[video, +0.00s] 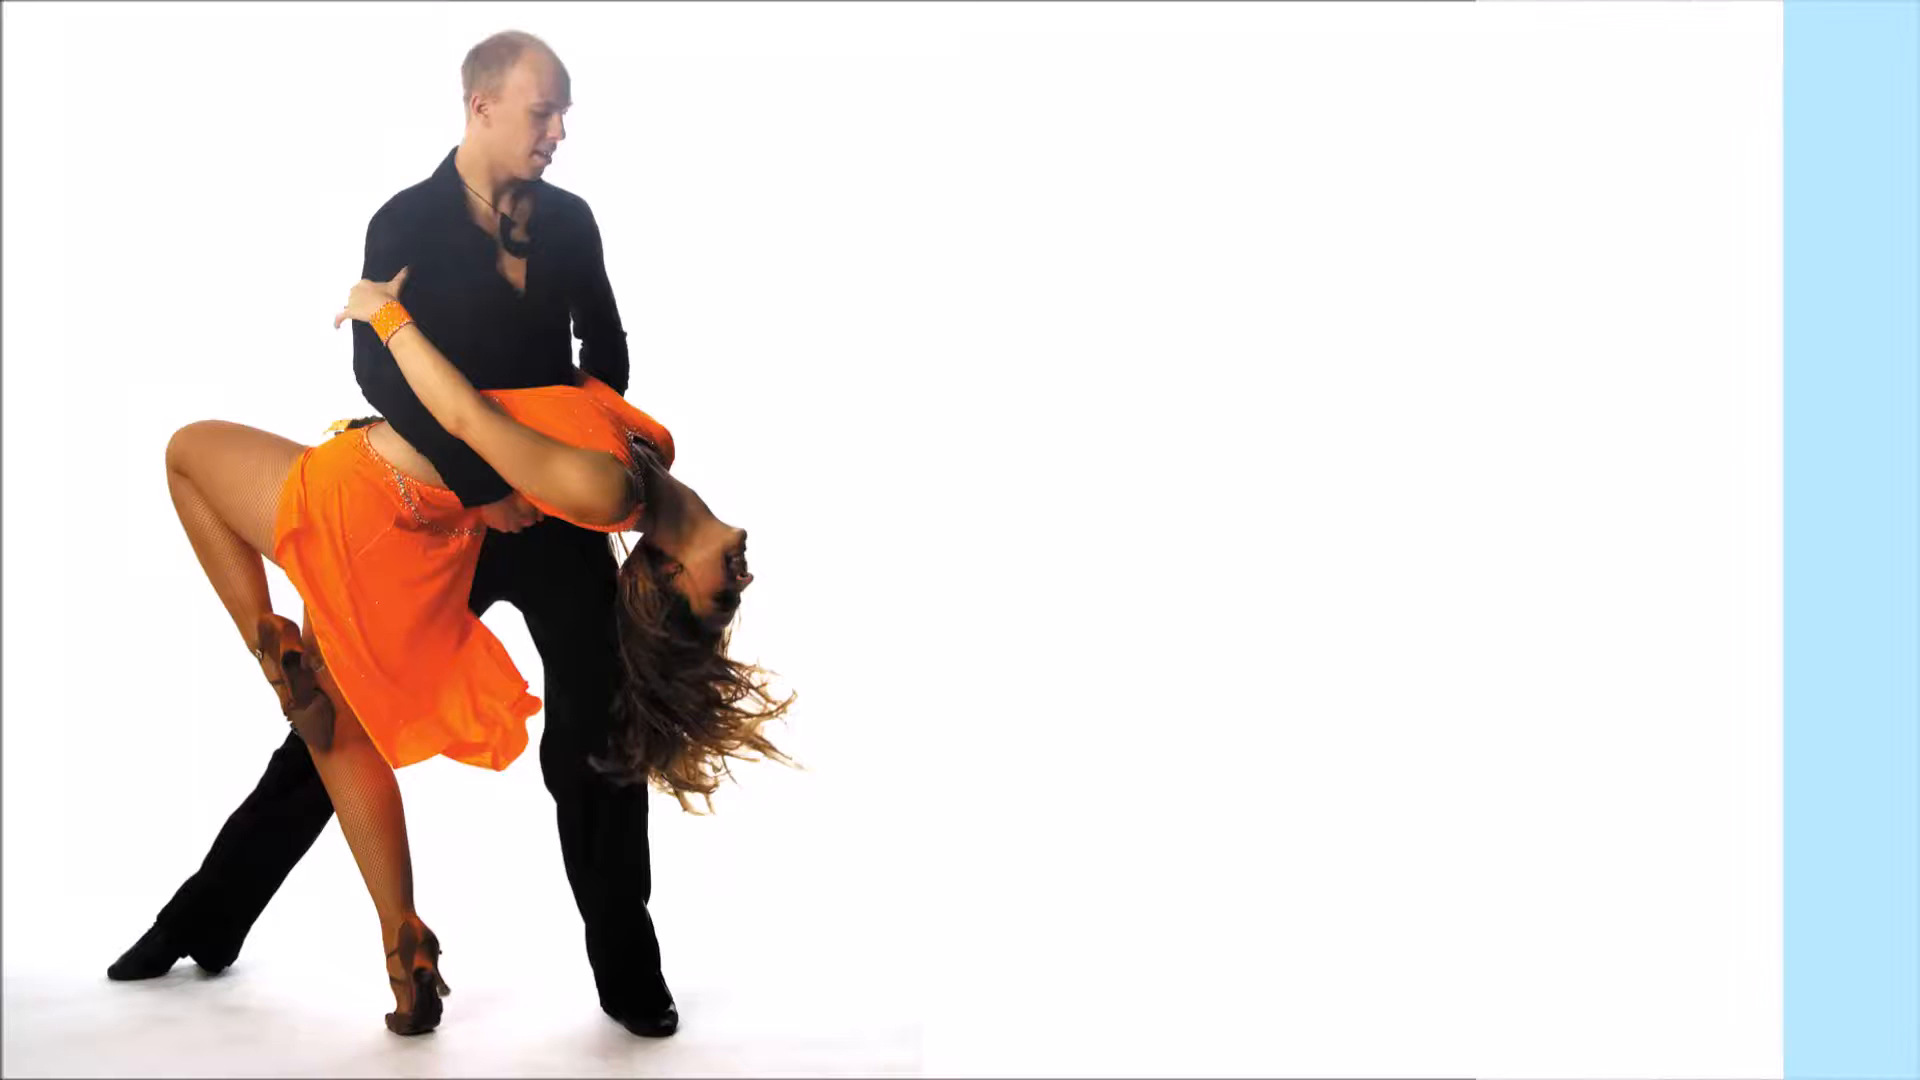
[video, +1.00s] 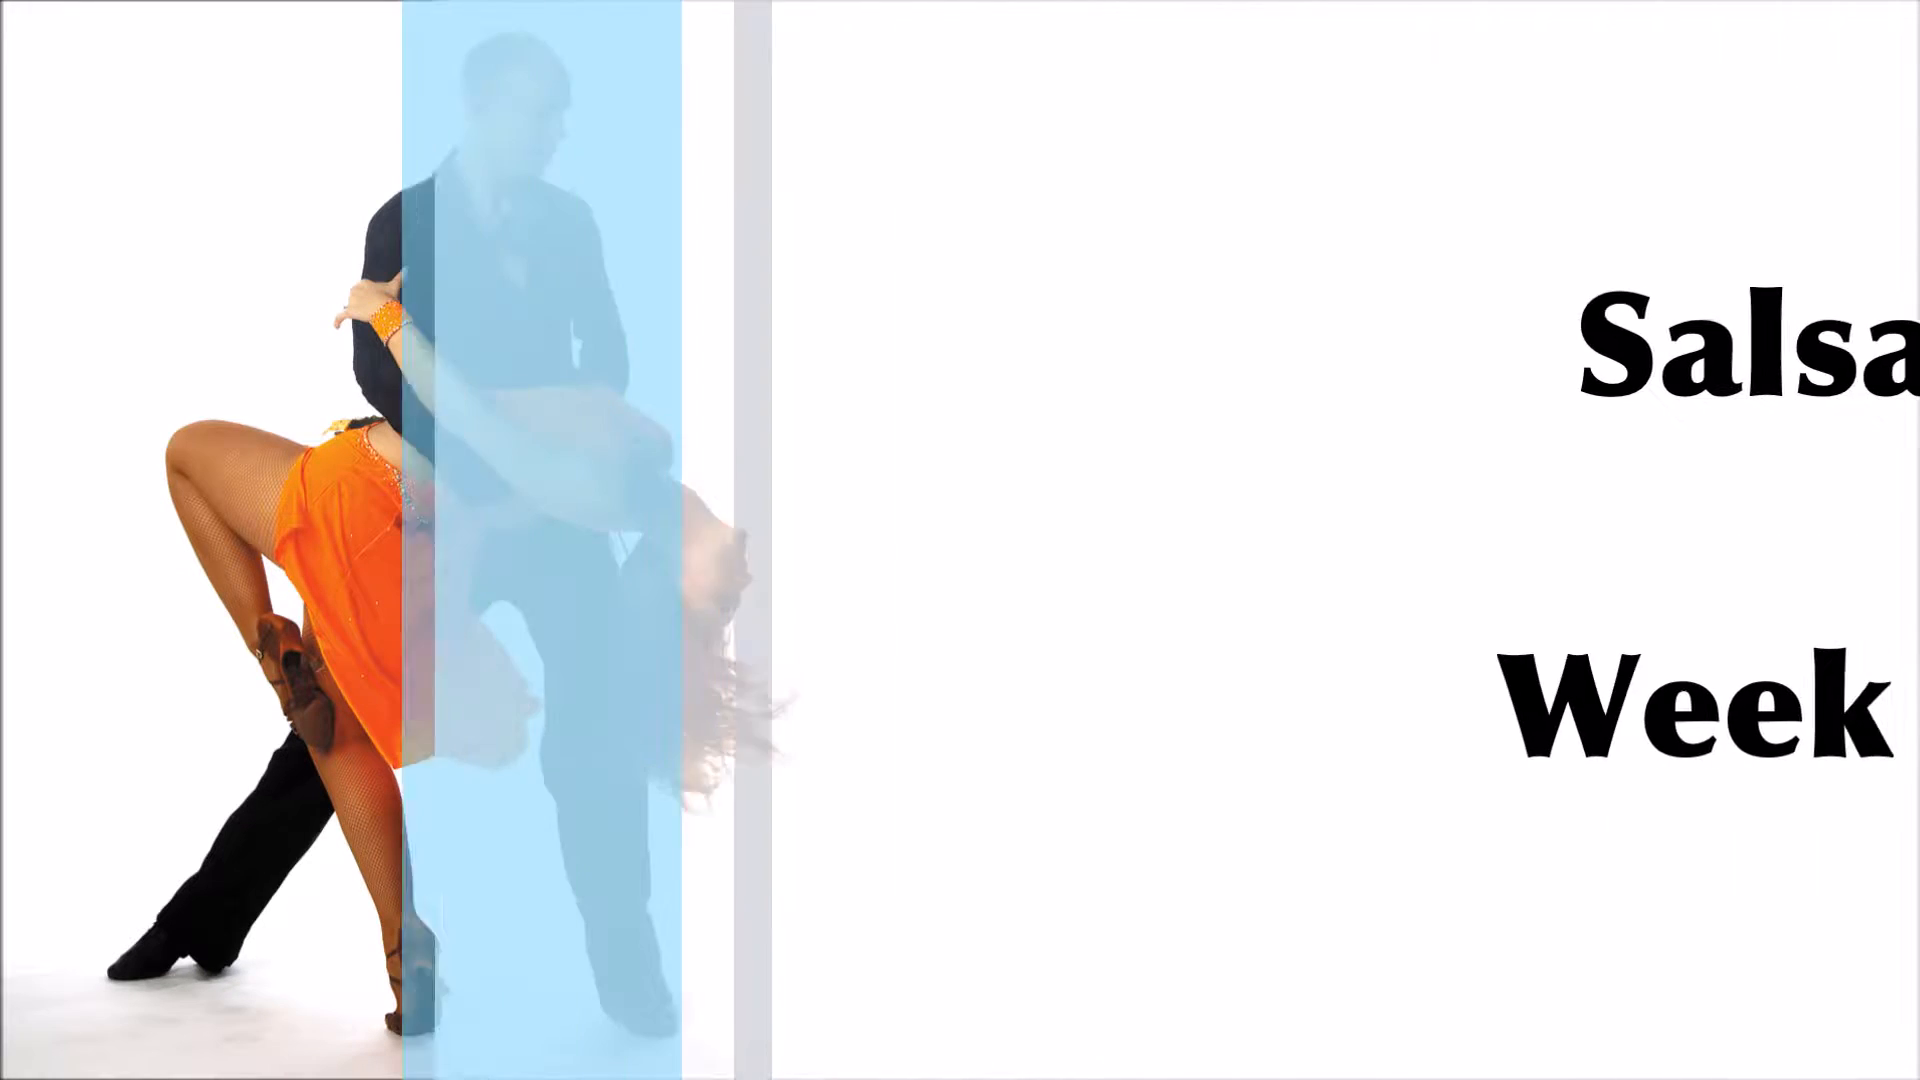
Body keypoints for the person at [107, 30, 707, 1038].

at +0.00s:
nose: (556, 135)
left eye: (563, 118)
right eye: (542, 114)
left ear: (554, 123)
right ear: (478, 107)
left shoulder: (566, 220)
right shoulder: (405, 225)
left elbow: (608, 359)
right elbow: (378, 372)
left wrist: (612, 482)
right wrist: (478, 486)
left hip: (553, 526)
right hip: (442, 523)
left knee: (598, 733)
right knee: (338, 722)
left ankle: (631, 973)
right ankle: (205, 925)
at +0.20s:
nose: (557, 135)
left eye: (563, 118)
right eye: (543, 115)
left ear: (553, 123)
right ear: (478, 109)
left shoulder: (567, 221)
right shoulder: (405, 224)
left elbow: (607, 345)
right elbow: (376, 371)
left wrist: (600, 464)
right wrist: (476, 482)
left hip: (552, 526)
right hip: (440, 523)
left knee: (598, 728)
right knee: (336, 721)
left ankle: (631, 974)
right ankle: (205, 922)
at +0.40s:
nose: (557, 134)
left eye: (563, 117)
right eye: (543, 115)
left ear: (552, 122)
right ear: (478, 109)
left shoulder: (567, 221)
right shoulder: (405, 224)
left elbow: (607, 350)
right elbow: (377, 372)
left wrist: (604, 471)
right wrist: (475, 481)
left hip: (552, 527)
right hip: (441, 524)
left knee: (597, 730)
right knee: (335, 722)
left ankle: (631, 973)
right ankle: (205, 923)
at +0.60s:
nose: (556, 134)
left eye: (563, 116)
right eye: (542, 113)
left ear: (547, 120)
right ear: (479, 109)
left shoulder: (567, 222)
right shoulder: (406, 226)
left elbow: (605, 353)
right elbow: (378, 371)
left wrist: (606, 466)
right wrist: (469, 477)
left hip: (550, 525)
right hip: (440, 522)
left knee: (596, 732)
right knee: (337, 725)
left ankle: (630, 974)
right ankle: (206, 925)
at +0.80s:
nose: (556, 134)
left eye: (561, 117)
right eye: (541, 115)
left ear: (550, 121)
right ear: (477, 111)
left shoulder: (570, 224)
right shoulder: (406, 226)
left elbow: (605, 374)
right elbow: (386, 379)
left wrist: (601, 487)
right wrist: (491, 490)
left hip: (553, 526)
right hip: (439, 520)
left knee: (589, 747)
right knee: (332, 730)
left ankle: (627, 975)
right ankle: (205, 922)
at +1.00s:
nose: (535, 132)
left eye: (548, 112)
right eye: (517, 110)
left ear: (560, 119)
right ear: (476, 110)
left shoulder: (570, 224)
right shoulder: (407, 222)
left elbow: (604, 360)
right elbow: (383, 374)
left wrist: (603, 473)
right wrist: (469, 469)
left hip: (547, 518)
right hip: (436, 502)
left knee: (596, 727)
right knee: (349, 709)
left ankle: (625, 957)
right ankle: (208, 920)